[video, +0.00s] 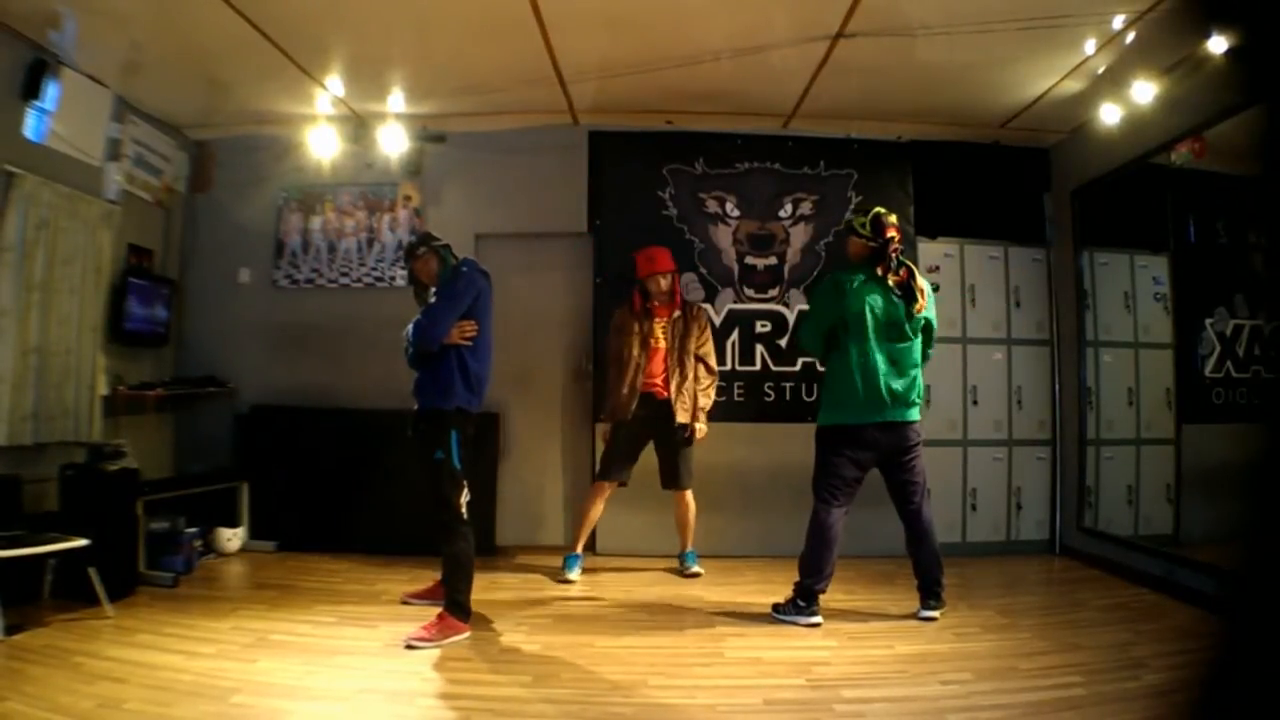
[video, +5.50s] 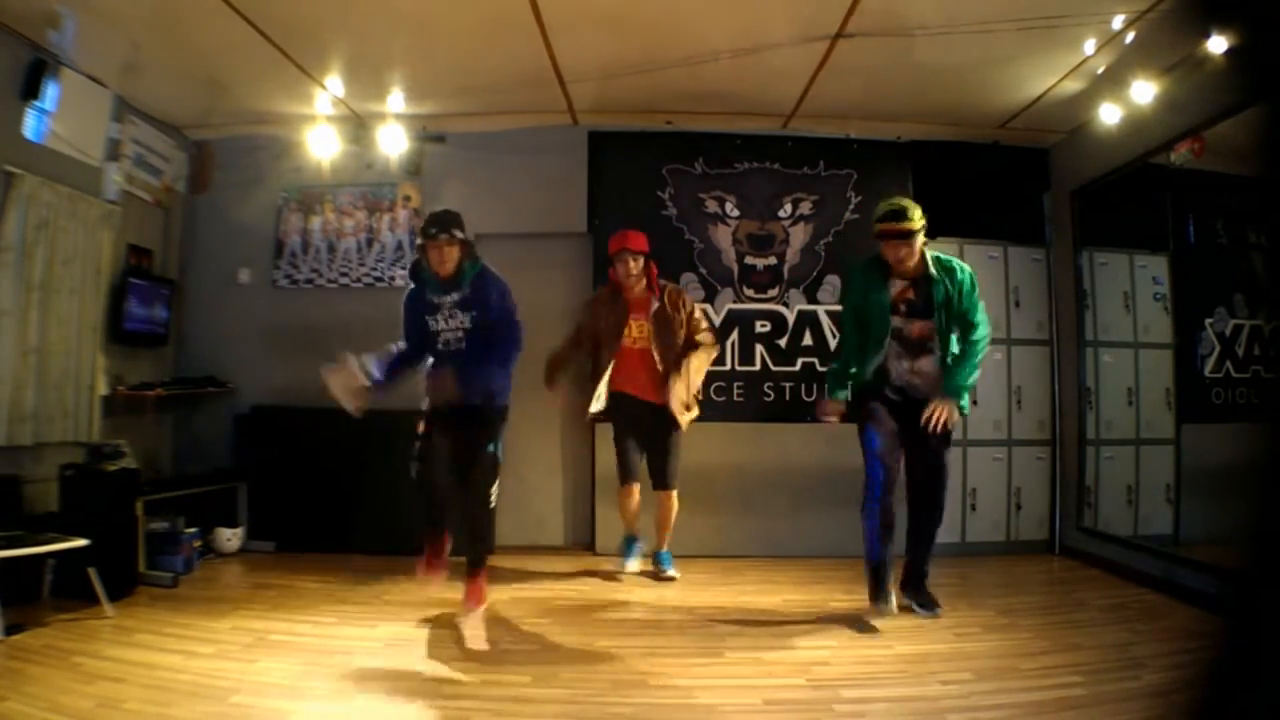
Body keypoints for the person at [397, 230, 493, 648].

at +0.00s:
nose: (418, 275)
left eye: (420, 265)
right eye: (413, 269)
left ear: (435, 255)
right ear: (419, 268)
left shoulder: (468, 276)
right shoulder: (443, 290)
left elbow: (432, 334)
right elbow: (411, 347)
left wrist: (414, 329)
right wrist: (438, 334)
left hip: (455, 408)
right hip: (435, 407)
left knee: (455, 509)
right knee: (443, 502)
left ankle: (456, 614)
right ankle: (448, 581)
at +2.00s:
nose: (428, 276)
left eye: (431, 267)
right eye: (420, 276)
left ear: (445, 263)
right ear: (417, 285)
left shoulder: (473, 283)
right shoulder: (435, 309)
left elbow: (456, 285)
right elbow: (410, 355)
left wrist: (415, 334)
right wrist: (433, 332)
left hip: (454, 407)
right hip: (431, 408)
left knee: (455, 508)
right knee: (443, 503)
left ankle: (455, 613)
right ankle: (448, 582)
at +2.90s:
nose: (418, 283)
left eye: (422, 271)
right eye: (412, 277)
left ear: (437, 262)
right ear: (411, 281)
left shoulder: (469, 280)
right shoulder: (430, 312)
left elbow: (444, 300)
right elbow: (409, 357)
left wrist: (431, 307)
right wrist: (434, 337)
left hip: (453, 409)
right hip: (431, 410)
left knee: (455, 509)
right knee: (440, 501)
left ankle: (455, 613)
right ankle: (446, 582)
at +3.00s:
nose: (415, 282)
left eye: (415, 272)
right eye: (411, 275)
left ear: (429, 263)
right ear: (426, 266)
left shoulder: (461, 285)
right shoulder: (445, 292)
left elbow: (445, 356)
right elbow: (424, 344)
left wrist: (412, 359)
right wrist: (427, 359)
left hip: (452, 413)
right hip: (435, 412)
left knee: (454, 509)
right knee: (439, 501)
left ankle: (456, 614)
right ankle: (445, 582)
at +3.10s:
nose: (413, 282)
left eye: (414, 273)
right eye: (409, 275)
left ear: (430, 264)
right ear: (419, 270)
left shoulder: (465, 289)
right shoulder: (433, 301)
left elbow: (477, 343)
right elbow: (422, 351)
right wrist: (410, 382)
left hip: (455, 415)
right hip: (429, 414)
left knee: (455, 508)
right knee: (433, 499)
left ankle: (456, 614)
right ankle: (443, 581)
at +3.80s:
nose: (470, 263)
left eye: (478, 255)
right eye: (463, 254)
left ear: (487, 257)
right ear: (447, 251)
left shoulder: (496, 302)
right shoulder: (416, 290)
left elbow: (502, 366)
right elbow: (393, 349)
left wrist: (494, 419)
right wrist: (394, 406)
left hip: (472, 413)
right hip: (427, 410)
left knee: (470, 505)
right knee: (433, 498)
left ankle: (470, 597)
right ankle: (447, 581)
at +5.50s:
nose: (440, 256)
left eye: (448, 248)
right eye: (433, 248)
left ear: (464, 248)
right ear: (423, 252)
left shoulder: (489, 288)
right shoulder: (420, 293)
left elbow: (507, 349)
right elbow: (416, 348)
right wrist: (377, 375)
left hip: (486, 404)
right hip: (443, 404)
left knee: (475, 486)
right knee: (431, 474)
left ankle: (477, 573)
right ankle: (437, 537)